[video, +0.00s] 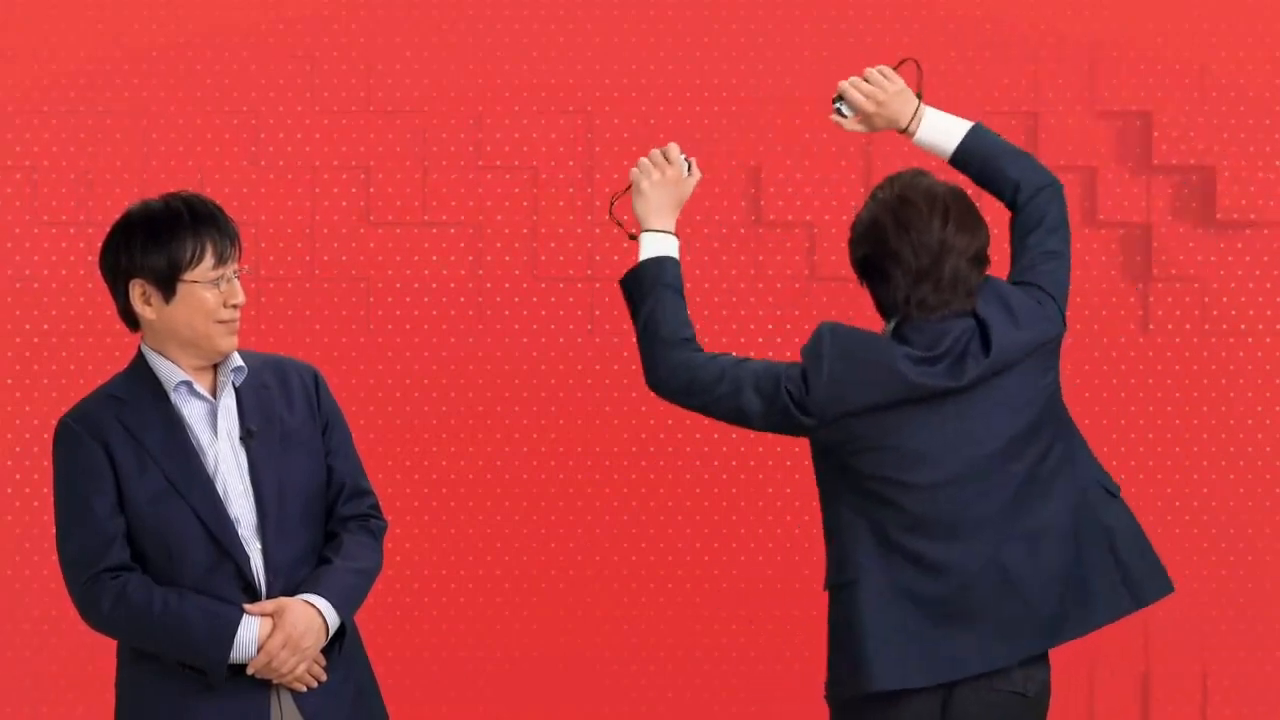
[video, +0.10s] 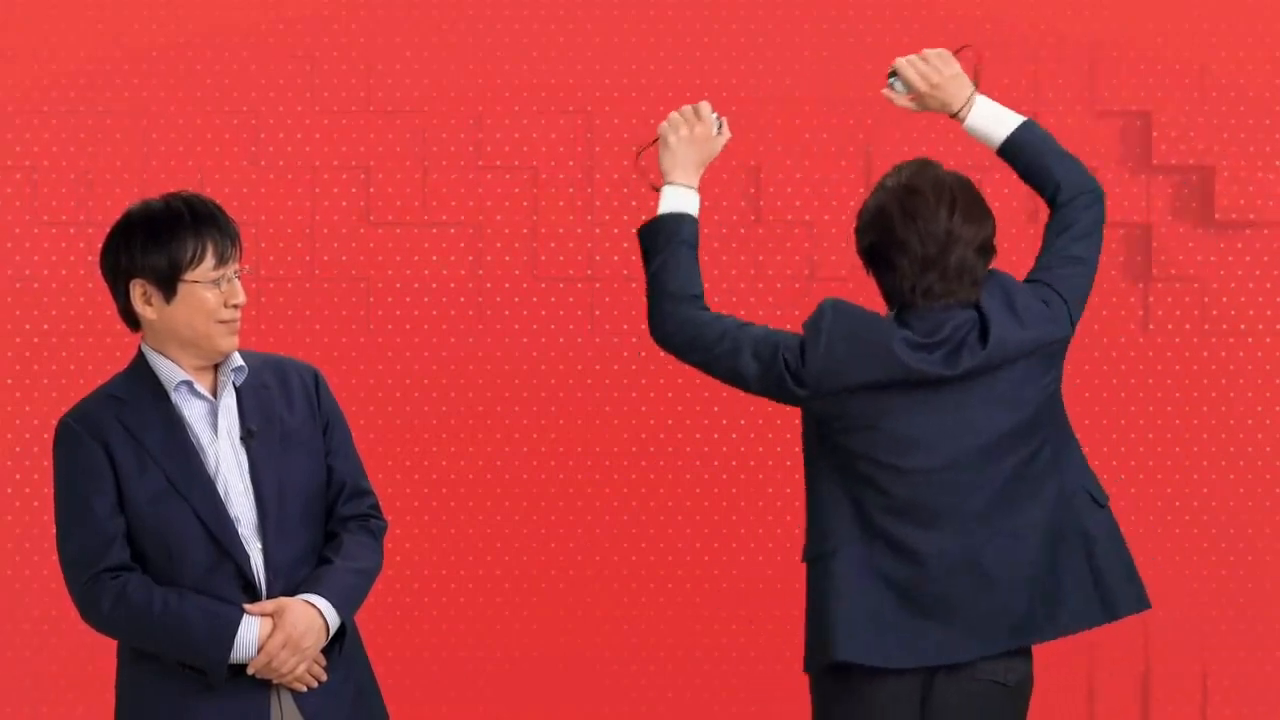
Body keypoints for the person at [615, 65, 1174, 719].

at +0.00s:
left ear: (872, 280)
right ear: (981, 260)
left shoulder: (838, 384)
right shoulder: (1028, 334)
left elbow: (675, 369)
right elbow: (1038, 192)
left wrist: (657, 232)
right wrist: (916, 116)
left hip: (886, 687)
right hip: (1011, 674)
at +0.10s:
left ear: (878, 268)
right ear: (987, 252)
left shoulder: (835, 359)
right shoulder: (1035, 331)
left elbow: (677, 322)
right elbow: (1080, 196)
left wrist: (679, 185)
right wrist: (971, 107)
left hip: (865, 674)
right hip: (992, 669)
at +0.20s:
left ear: (887, 256)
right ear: (997, 250)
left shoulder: (833, 329)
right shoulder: (1039, 337)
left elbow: (700, 250)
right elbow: (1139, 225)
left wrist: (738, 118)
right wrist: (1061, 99)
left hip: (838, 661)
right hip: (965, 663)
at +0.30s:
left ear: (890, 251)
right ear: (1002, 269)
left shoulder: (837, 314)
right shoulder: (1038, 362)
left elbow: (747, 198)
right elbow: (1181, 295)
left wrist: (829, 89)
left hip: (817, 657)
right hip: (944, 671)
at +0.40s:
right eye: (1005, 271)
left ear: (898, 257)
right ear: (1003, 286)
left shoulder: (844, 320)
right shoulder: (1033, 393)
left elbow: (799, 182)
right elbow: (1196, 365)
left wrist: (913, 103)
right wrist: (1210, 218)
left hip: (803, 664)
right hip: (927, 692)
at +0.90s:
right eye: (1011, 273)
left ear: (898, 263)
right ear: (1009, 287)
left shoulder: (844, 326)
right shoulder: (1038, 387)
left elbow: (800, 198)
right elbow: (1199, 372)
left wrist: (923, 119)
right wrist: (1210, 229)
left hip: (814, 665)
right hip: (944, 687)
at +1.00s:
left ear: (895, 272)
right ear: (1008, 282)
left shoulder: (842, 332)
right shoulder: (1040, 380)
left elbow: (789, 209)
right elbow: (1197, 355)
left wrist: (903, 123)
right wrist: (1201, 209)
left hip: (821, 668)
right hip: (950, 685)